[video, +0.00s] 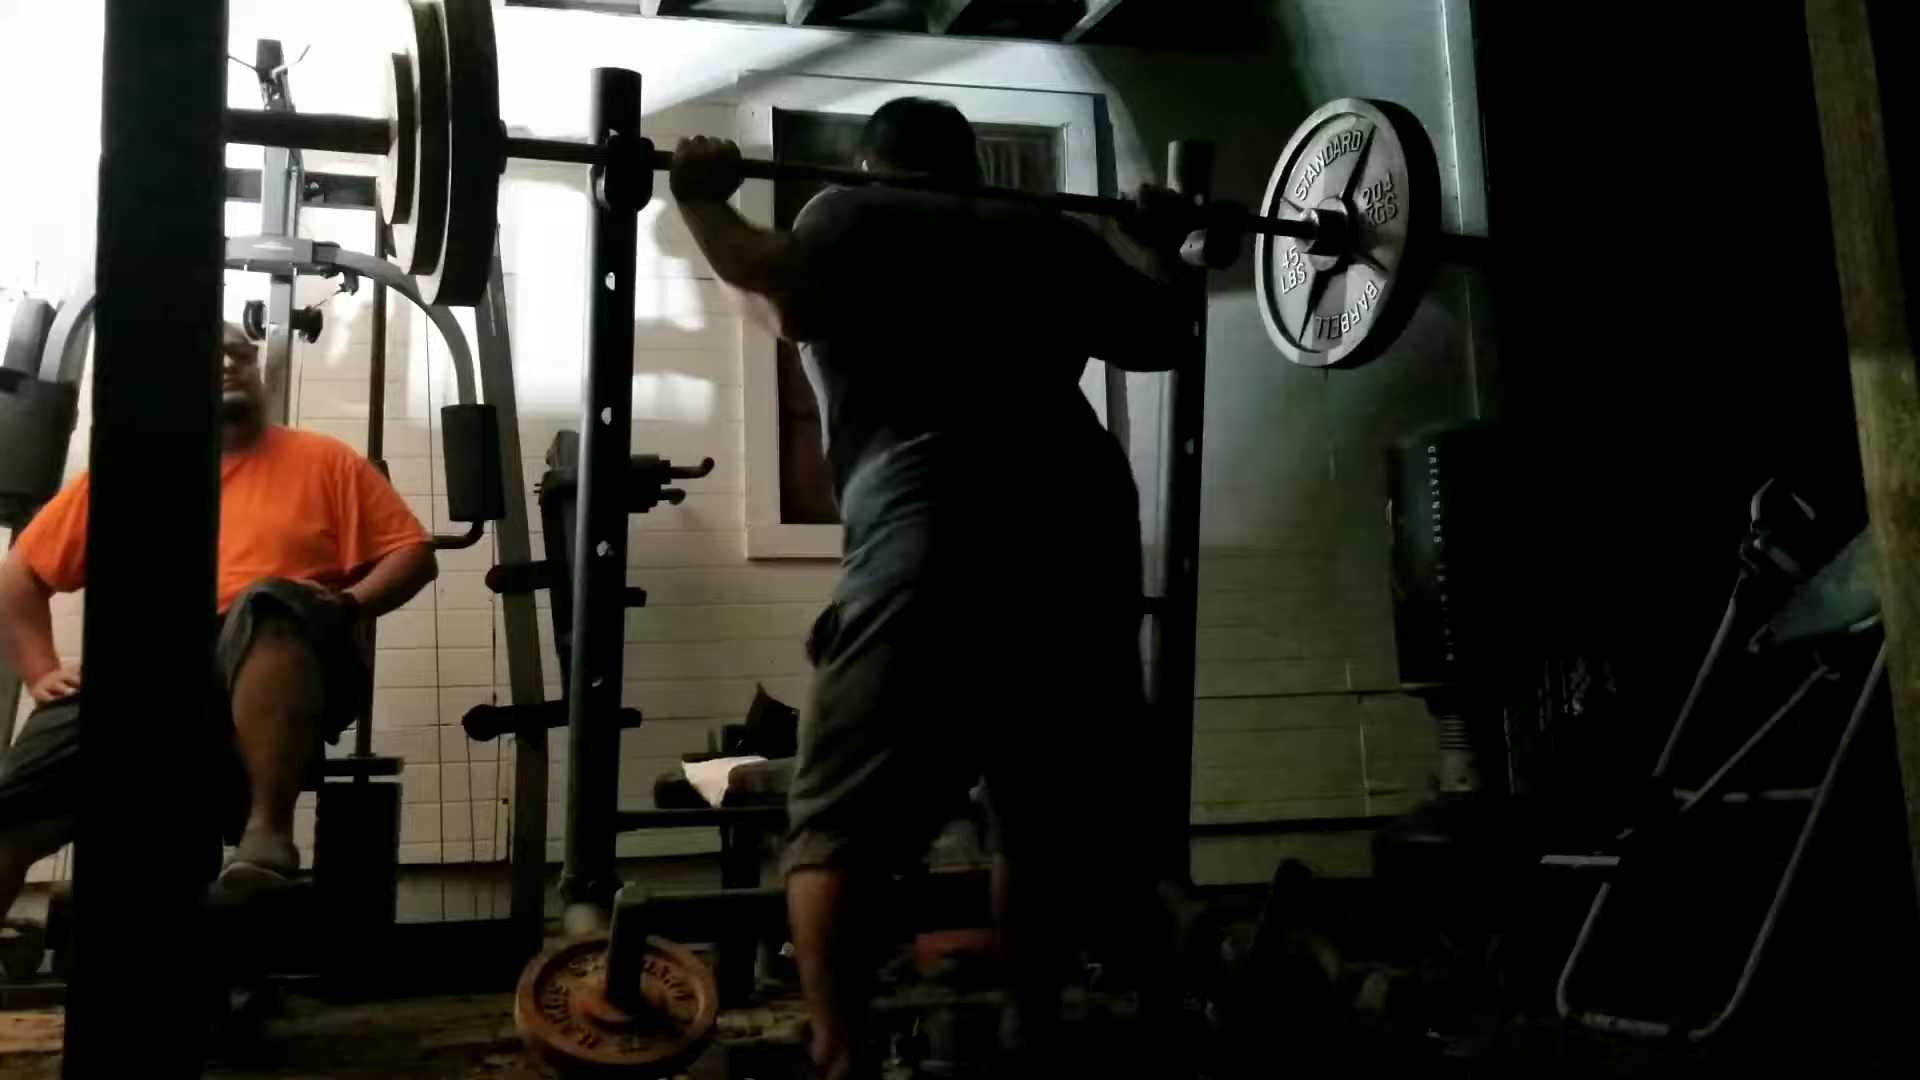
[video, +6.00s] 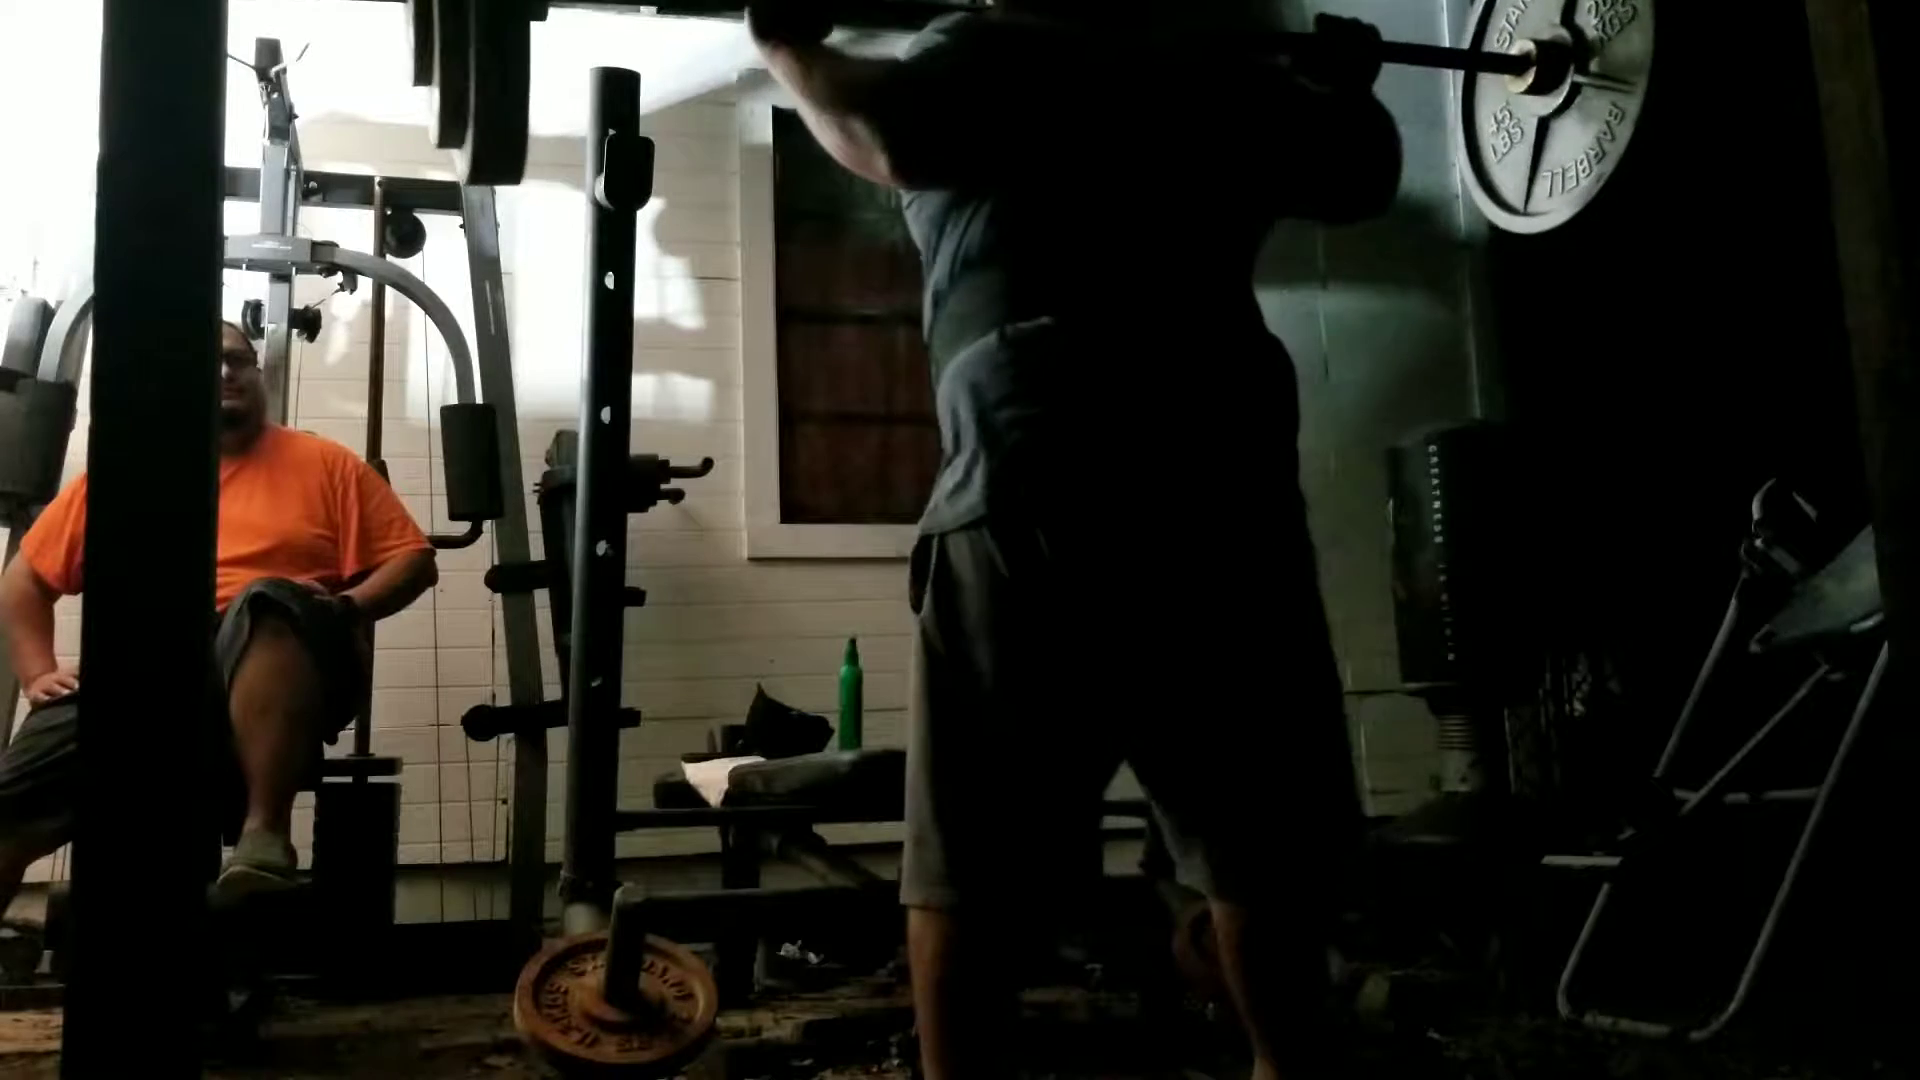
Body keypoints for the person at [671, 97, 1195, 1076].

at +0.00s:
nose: (855, 182)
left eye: (860, 168)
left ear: (868, 168)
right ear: (973, 169)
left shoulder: (844, 219)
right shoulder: (1046, 237)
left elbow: (762, 267)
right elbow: (1168, 328)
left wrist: (701, 194)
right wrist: (1147, 236)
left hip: (922, 530)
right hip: (1077, 525)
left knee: (840, 803)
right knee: (1047, 792)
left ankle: (837, 1053)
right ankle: (1037, 1032)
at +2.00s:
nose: (870, 172)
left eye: (874, 158)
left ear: (883, 158)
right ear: (990, 165)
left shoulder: (850, 216)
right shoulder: (1055, 239)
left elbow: (770, 272)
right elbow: (1170, 332)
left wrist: (704, 193)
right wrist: (1164, 247)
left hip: (898, 563)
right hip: (1062, 566)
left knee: (822, 830)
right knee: (1085, 834)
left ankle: (830, 1053)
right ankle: (1121, 1042)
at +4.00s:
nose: (945, 96)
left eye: (949, 82)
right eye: (952, 84)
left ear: (967, 83)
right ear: (1067, 87)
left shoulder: (935, 140)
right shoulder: (1164, 162)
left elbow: (842, 199)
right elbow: (1281, 259)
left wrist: (774, 116)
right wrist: (1267, 163)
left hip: (967, 539)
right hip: (1148, 537)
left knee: (892, 831)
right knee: (1158, 833)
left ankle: (850, 1059)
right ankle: (1179, 1059)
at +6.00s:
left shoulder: (968, 51)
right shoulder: (1220, 75)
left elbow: (889, 143)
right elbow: (1364, 169)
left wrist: (783, 42)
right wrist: (1342, 78)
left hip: (1024, 486)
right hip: (1226, 483)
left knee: (968, 847)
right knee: (1261, 834)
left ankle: (955, 1063)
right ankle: (1289, 1060)